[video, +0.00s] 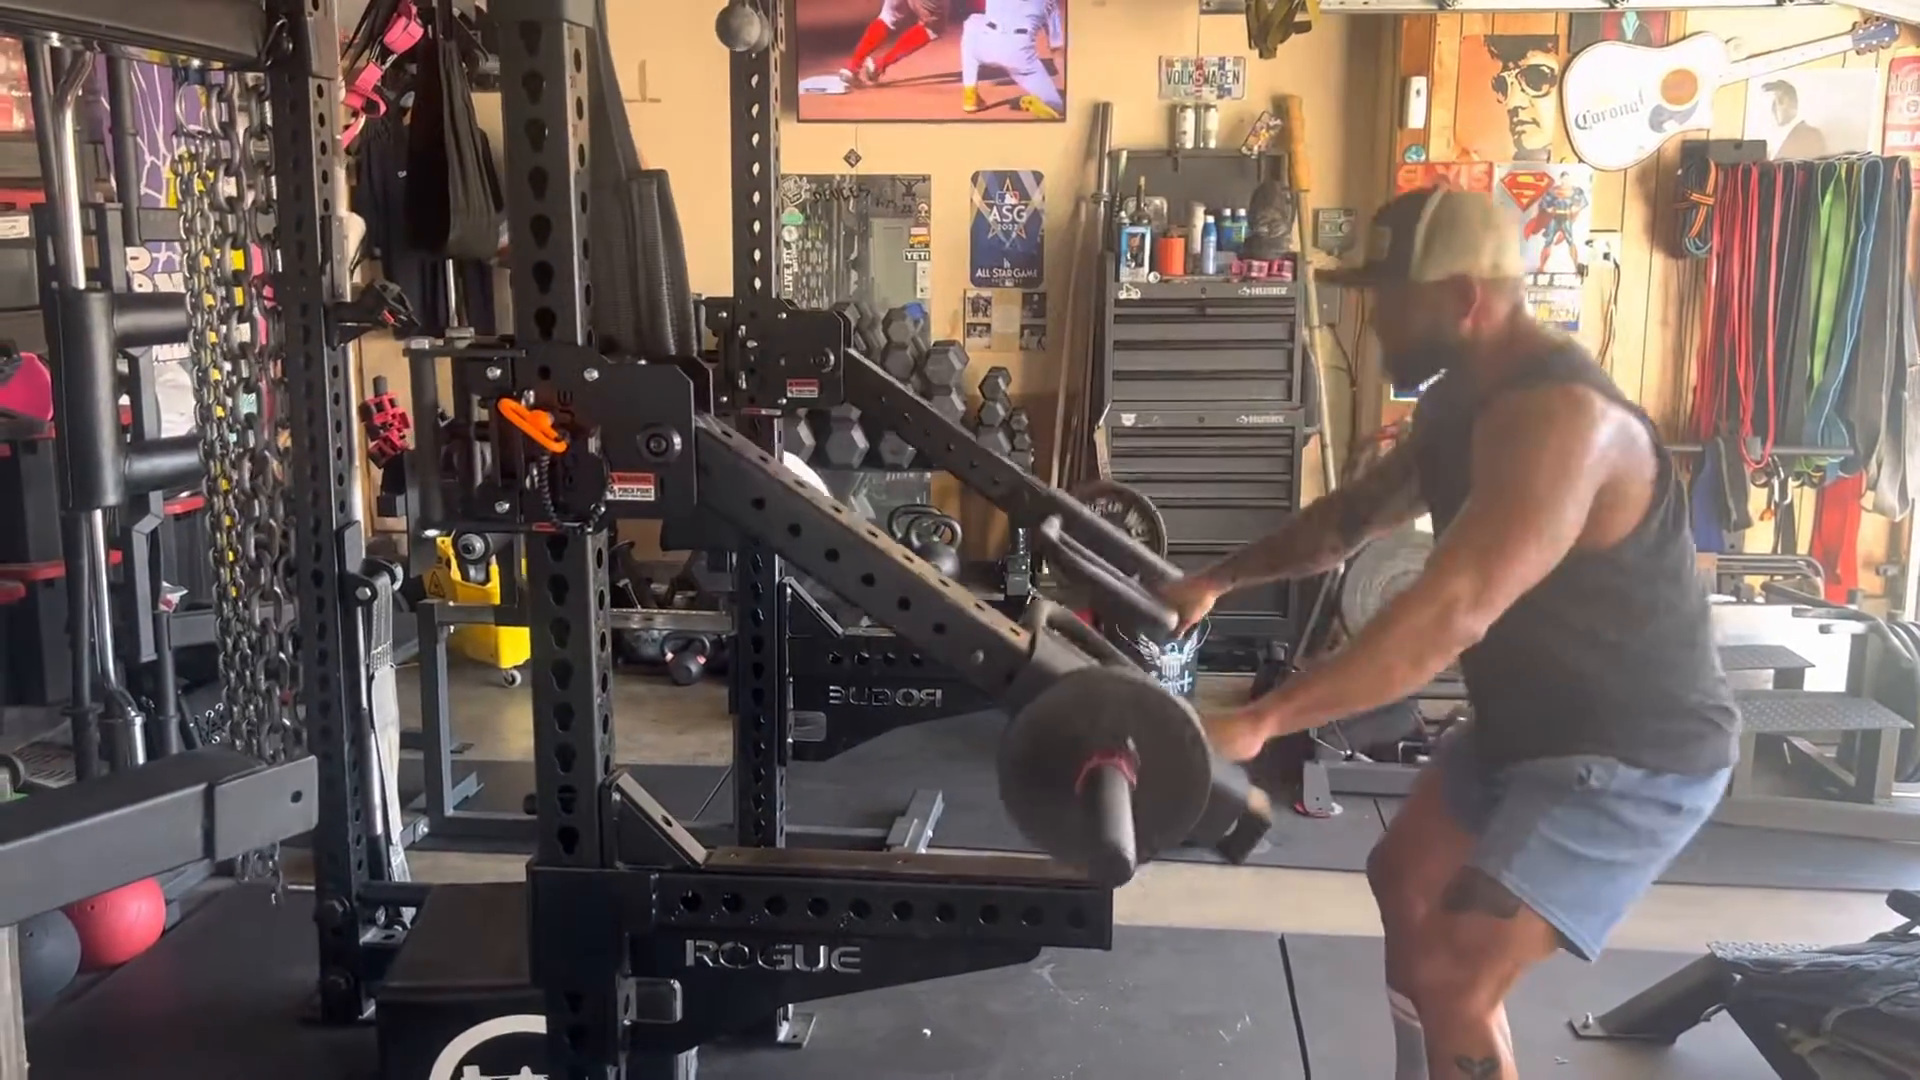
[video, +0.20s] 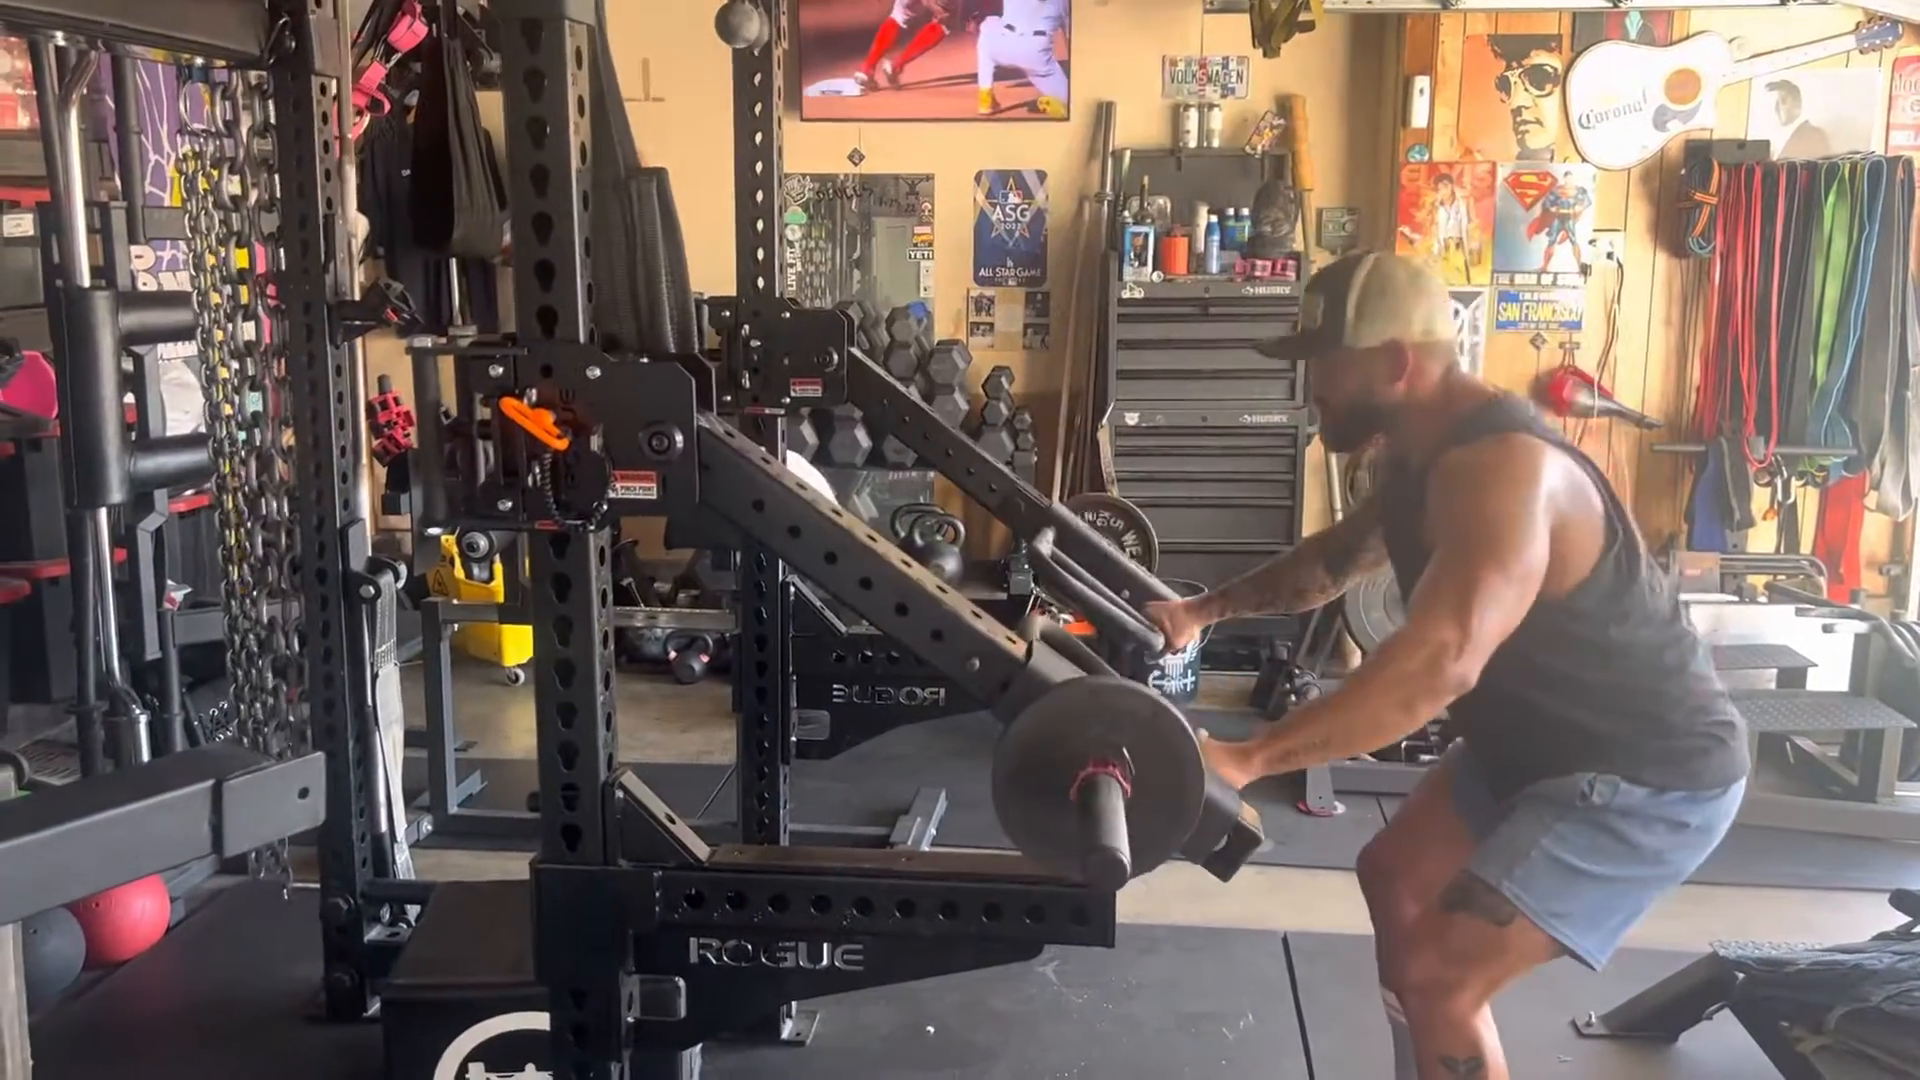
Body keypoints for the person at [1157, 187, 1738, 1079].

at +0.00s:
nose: (1372, 310)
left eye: (1388, 288)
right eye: (1373, 288)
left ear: (1467, 302)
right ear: (1466, 304)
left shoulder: (1559, 417)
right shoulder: (1462, 402)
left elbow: (1453, 608)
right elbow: (1350, 517)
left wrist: (1261, 718)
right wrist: (1216, 578)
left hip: (1629, 750)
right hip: (1523, 724)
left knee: (1453, 987)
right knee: (1405, 876)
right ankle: (1444, 1047)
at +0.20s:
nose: (1310, 386)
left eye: (1321, 358)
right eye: (1311, 362)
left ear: (1398, 366)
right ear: (1399, 367)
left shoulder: (1505, 465)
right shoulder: (1418, 457)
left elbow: (1441, 659)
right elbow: (1329, 562)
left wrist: (1253, 754)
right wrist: (1203, 610)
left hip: (1649, 771)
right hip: (1534, 740)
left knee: (1438, 980)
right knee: (1395, 877)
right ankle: (1429, 1062)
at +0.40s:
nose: (1433, 320)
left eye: (1451, 298)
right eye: (1434, 298)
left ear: (1532, 310)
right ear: (1523, 313)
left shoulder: (1606, 429)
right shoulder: (1497, 409)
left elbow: (1455, 584)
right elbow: (1370, 508)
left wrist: (1274, 701)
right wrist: (1222, 584)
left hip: (1667, 762)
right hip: (1555, 731)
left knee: (1466, 977)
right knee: (1419, 872)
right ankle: (1436, 1064)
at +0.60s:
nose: (1456, 224)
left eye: (1471, 200)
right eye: (1458, 201)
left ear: (1548, 206)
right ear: (1538, 209)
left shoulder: (1628, 330)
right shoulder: (1514, 324)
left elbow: (1649, 440)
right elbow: (1435, 369)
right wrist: (1334, 352)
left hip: (1504, 697)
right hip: (1424, 674)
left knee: (1433, 973)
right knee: (1402, 936)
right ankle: (1432, 1067)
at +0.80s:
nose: (1316, 217)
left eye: (1324, 197)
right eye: (1313, 199)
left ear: (1345, 201)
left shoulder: (1428, 301)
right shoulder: (1363, 306)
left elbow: (1519, 330)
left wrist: (1355, 197)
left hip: (1415, 704)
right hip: (1378, 695)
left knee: (1418, 978)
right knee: (1409, 968)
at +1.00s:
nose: (1177, 253)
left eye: (1193, 228)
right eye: (1179, 230)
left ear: (1250, 221)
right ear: (1248, 227)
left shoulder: (1332, 290)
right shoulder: (1277, 304)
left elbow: (1311, 167)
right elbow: (1212, 196)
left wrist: (1189, 8)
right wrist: (1166, 98)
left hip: (1402, 696)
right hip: (1366, 692)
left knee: (1424, 971)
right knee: (1413, 962)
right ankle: (1438, 1069)